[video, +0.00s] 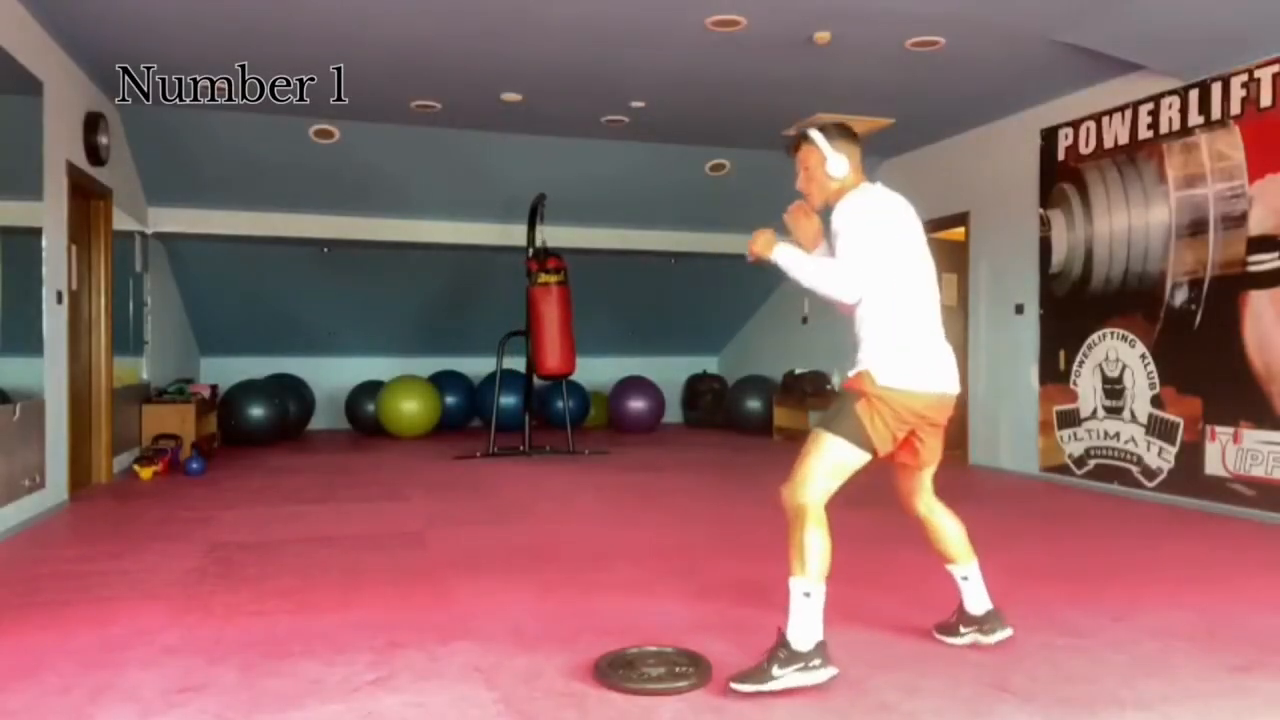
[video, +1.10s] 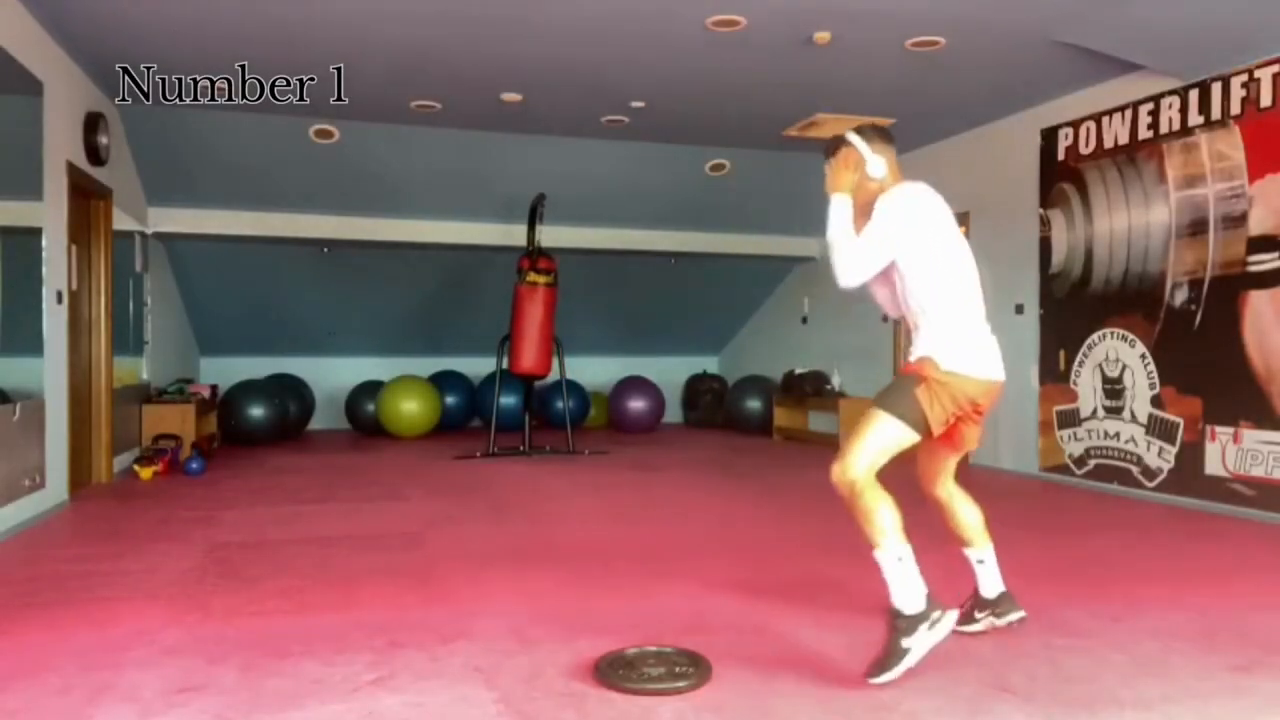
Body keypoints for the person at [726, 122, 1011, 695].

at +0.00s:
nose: (801, 180)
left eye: (806, 167)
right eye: (799, 169)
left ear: (832, 162)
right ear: (850, 161)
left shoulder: (855, 210)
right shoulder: (897, 206)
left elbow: (849, 286)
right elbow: (870, 290)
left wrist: (781, 254)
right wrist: (815, 247)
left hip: (890, 384)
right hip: (936, 385)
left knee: (803, 495)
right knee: (921, 498)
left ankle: (803, 648)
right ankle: (982, 612)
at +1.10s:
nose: (830, 175)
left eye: (833, 162)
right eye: (829, 163)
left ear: (862, 160)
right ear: (878, 159)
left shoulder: (900, 204)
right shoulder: (922, 201)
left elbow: (849, 270)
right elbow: (897, 301)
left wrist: (837, 199)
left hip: (946, 369)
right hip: (980, 371)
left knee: (851, 471)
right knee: (937, 478)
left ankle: (914, 612)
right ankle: (995, 595)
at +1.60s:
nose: (815, 157)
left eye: (822, 144)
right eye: (814, 145)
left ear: (852, 142)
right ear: (865, 143)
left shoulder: (871, 193)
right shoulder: (898, 188)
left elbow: (853, 276)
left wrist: (809, 212)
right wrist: (831, 210)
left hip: (901, 362)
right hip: (936, 362)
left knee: (826, 488)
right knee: (919, 474)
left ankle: (823, 647)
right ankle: (992, 583)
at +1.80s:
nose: (801, 197)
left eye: (808, 184)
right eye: (801, 184)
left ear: (839, 185)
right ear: (851, 187)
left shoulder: (855, 239)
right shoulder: (886, 238)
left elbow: (822, 323)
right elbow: (841, 325)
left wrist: (772, 262)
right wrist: (804, 266)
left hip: (868, 416)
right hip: (912, 418)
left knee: (779, 530)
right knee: (894, 520)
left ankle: (829, 683)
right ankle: (988, 621)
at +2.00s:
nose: (818, 153)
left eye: (823, 140)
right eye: (817, 142)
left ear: (854, 135)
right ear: (869, 137)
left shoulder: (869, 186)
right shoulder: (905, 183)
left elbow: (851, 267)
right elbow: (869, 269)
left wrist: (804, 207)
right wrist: (829, 205)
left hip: (907, 358)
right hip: (947, 360)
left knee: (830, 480)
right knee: (919, 467)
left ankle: (852, 636)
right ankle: (981, 582)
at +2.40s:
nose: (832, 156)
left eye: (837, 144)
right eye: (831, 146)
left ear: (869, 141)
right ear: (875, 143)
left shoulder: (888, 193)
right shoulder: (909, 192)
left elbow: (878, 275)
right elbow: (866, 288)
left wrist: (820, 220)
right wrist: (832, 221)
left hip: (916, 366)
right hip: (948, 369)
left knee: (828, 474)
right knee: (937, 487)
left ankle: (901, 612)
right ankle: (982, 601)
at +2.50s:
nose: (818, 142)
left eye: (824, 129)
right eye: (817, 132)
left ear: (855, 126)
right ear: (863, 129)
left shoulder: (873, 178)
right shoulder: (898, 178)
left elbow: (854, 257)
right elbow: (857, 270)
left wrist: (795, 203)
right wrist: (822, 206)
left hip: (903, 348)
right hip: (938, 350)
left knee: (828, 473)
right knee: (924, 472)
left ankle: (847, 633)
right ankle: (975, 589)